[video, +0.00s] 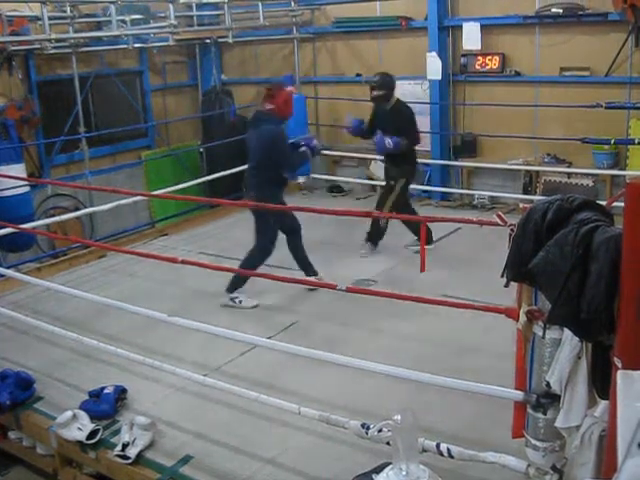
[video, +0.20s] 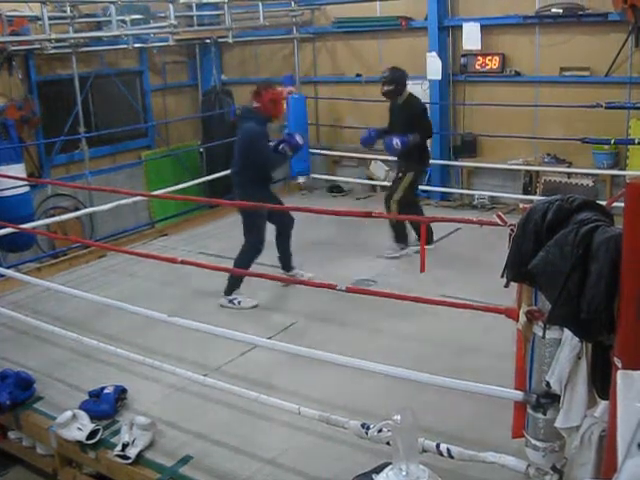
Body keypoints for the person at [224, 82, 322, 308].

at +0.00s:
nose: (291, 108)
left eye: (291, 103)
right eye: (289, 103)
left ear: (270, 104)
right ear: (280, 105)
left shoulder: (258, 125)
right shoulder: (273, 131)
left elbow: (274, 154)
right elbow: (289, 164)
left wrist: (297, 145)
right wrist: (308, 152)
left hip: (260, 192)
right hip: (267, 195)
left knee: (292, 229)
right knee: (265, 245)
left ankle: (311, 275)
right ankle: (232, 290)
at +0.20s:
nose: (280, 108)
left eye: (280, 103)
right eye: (277, 103)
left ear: (262, 104)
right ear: (265, 104)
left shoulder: (255, 126)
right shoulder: (254, 130)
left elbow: (257, 156)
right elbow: (267, 164)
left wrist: (277, 148)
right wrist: (288, 150)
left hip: (258, 191)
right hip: (250, 193)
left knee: (285, 221)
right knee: (254, 243)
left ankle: (288, 270)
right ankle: (230, 293)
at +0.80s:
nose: (277, 112)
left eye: (278, 108)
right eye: (275, 108)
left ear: (266, 106)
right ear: (266, 106)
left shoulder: (261, 123)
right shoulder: (246, 124)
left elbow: (279, 143)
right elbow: (276, 145)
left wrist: (290, 117)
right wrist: (288, 122)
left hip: (247, 181)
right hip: (227, 181)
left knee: (263, 222)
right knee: (229, 229)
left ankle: (269, 269)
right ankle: (214, 270)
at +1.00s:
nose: (256, 106)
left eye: (256, 102)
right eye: (252, 102)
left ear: (253, 104)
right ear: (242, 103)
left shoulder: (250, 121)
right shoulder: (227, 123)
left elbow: (268, 136)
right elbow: (245, 144)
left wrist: (279, 106)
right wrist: (256, 128)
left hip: (242, 179)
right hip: (221, 180)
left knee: (259, 220)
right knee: (216, 224)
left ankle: (268, 268)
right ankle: (204, 264)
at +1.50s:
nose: (247, 115)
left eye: (248, 111)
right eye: (243, 111)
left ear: (249, 112)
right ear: (232, 111)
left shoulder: (248, 125)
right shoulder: (216, 126)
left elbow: (265, 153)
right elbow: (215, 154)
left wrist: (265, 133)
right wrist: (236, 137)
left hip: (243, 183)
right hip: (219, 185)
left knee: (272, 215)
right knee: (211, 223)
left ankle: (282, 259)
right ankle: (202, 265)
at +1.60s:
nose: (256, 116)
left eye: (258, 113)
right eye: (253, 112)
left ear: (260, 113)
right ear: (243, 112)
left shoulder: (259, 131)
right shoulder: (226, 130)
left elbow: (282, 148)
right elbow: (217, 155)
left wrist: (289, 133)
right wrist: (236, 140)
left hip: (254, 186)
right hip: (229, 188)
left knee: (284, 218)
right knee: (214, 226)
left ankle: (308, 259)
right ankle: (202, 265)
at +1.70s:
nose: (280, 109)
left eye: (281, 104)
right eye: (275, 105)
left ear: (282, 106)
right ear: (264, 108)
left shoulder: (285, 125)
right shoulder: (251, 129)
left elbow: (316, 124)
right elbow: (228, 153)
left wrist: (340, 110)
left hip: (272, 187)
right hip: (246, 187)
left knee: (299, 219)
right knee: (222, 223)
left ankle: (324, 259)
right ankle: (205, 264)